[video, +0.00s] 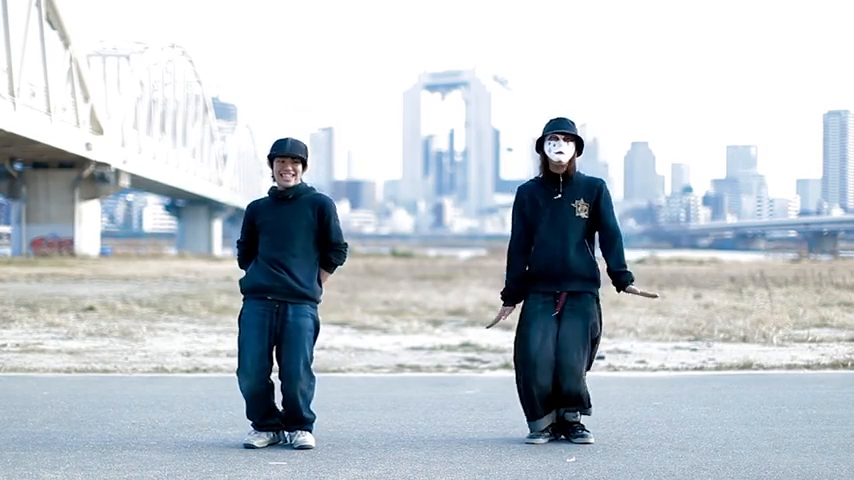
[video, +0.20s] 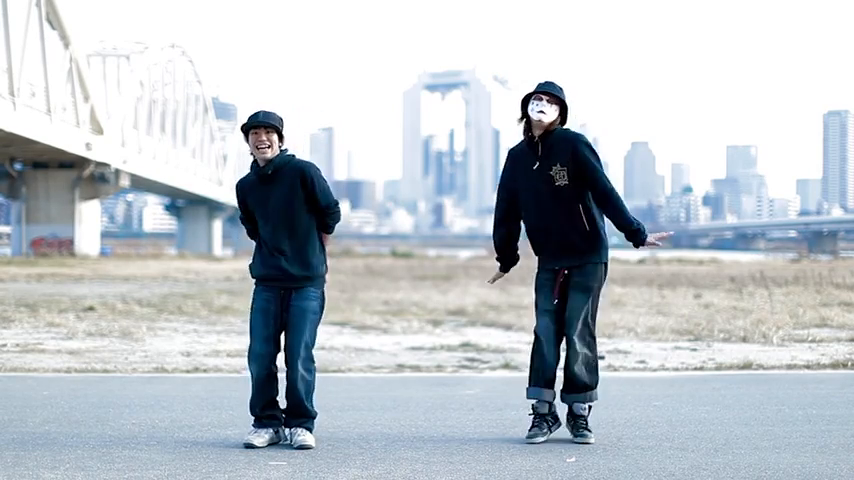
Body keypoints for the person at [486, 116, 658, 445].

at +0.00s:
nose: (559, 146)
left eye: (566, 141)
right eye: (553, 141)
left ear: (576, 148)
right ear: (543, 147)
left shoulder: (593, 188)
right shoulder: (527, 192)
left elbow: (610, 236)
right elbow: (518, 245)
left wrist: (621, 277)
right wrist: (510, 293)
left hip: (580, 288)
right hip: (539, 289)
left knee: (572, 354)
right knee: (534, 354)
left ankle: (571, 420)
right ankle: (544, 424)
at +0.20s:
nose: (540, 106)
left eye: (549, 103)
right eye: (536, 101)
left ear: (560, 112)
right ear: (526, 109)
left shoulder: (573, 144)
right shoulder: (517, 156)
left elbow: (603, 190)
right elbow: (506, 209)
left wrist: (635, 233)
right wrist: (507, 257)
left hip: (587, 253)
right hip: (549, 256)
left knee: (578, 330)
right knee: (544, 331)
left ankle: (578, 412)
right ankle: (543, 414)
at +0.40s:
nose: (529, 126)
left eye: (538, 123)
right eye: (525, 120)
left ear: (548, 133)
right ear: (516, 127)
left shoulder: (559, 167)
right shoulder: (513, 173)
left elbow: (589, 212)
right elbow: (539, 219)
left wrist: (620, 251)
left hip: (591, 266)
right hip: (558, 268)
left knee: (589, 336)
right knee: (555, 335)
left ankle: (585, 416)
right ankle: (555, 416)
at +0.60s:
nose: (537, 111)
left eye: (544, 106)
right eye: (532, 106)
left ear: (556, 113)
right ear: (523, 114)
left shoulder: (576, 145)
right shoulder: (518, 157)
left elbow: (605, 191)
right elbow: (512, 212)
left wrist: (637, 232)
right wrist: (514, 259)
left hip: (587, 254)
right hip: (549, 257)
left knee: (585, 330)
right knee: (552, 333)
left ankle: (587, 415)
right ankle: (553, 415)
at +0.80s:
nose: (553, 130)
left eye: (560, 124)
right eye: (547, 125)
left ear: (571, 129)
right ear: (539, 130)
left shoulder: (593, 174)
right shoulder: (525, 173)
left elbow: (622, 218)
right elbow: (512, 226)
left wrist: (646, 257)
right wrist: (513, 274)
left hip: (582, 271)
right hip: (543, 272)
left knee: (577, 341)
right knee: (543, 342)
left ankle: (582, 418)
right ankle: (551, 417)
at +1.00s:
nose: (570, 133)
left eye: (576, 128)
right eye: (563, 128)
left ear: (586, 134)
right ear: (553, 134)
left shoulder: (596, 181)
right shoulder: (536, 172)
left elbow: (609, 236)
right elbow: (521, 224)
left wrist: (618, 284)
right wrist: (514, 273)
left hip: (581, 280)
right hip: (542, 279)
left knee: (580, 354)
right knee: (544, 351)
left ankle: (579, 421)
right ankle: (549, 421)